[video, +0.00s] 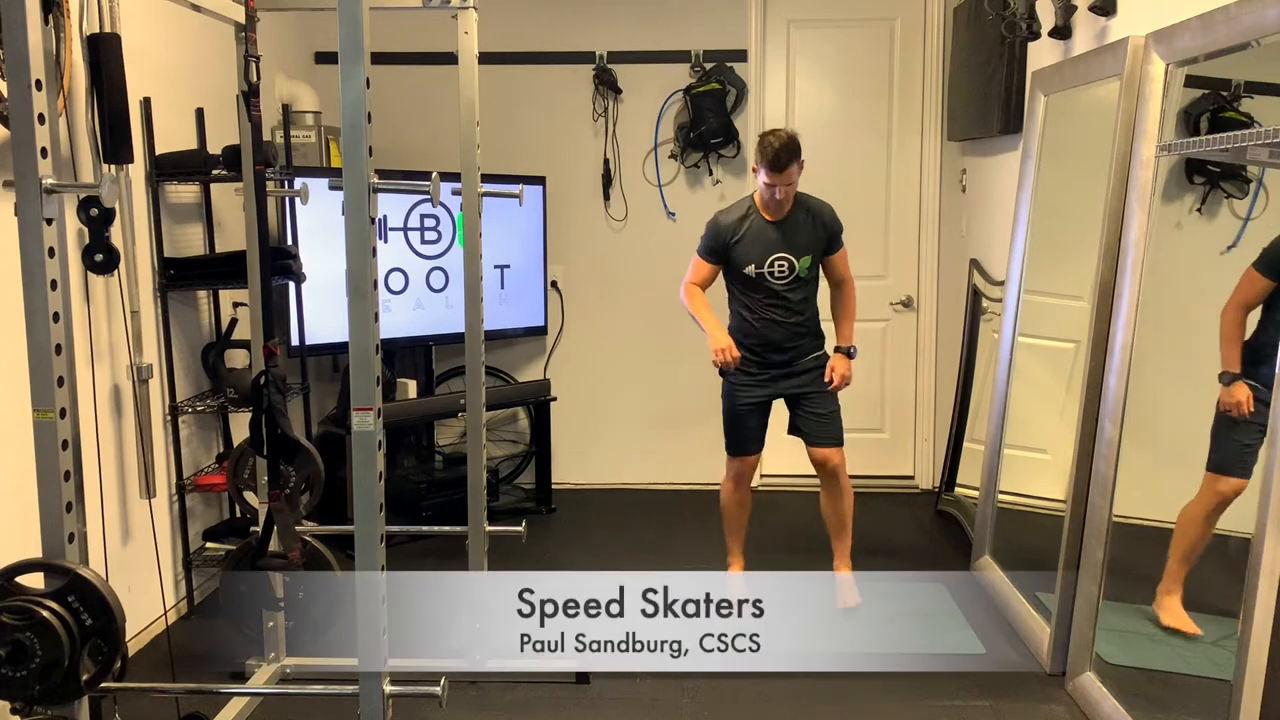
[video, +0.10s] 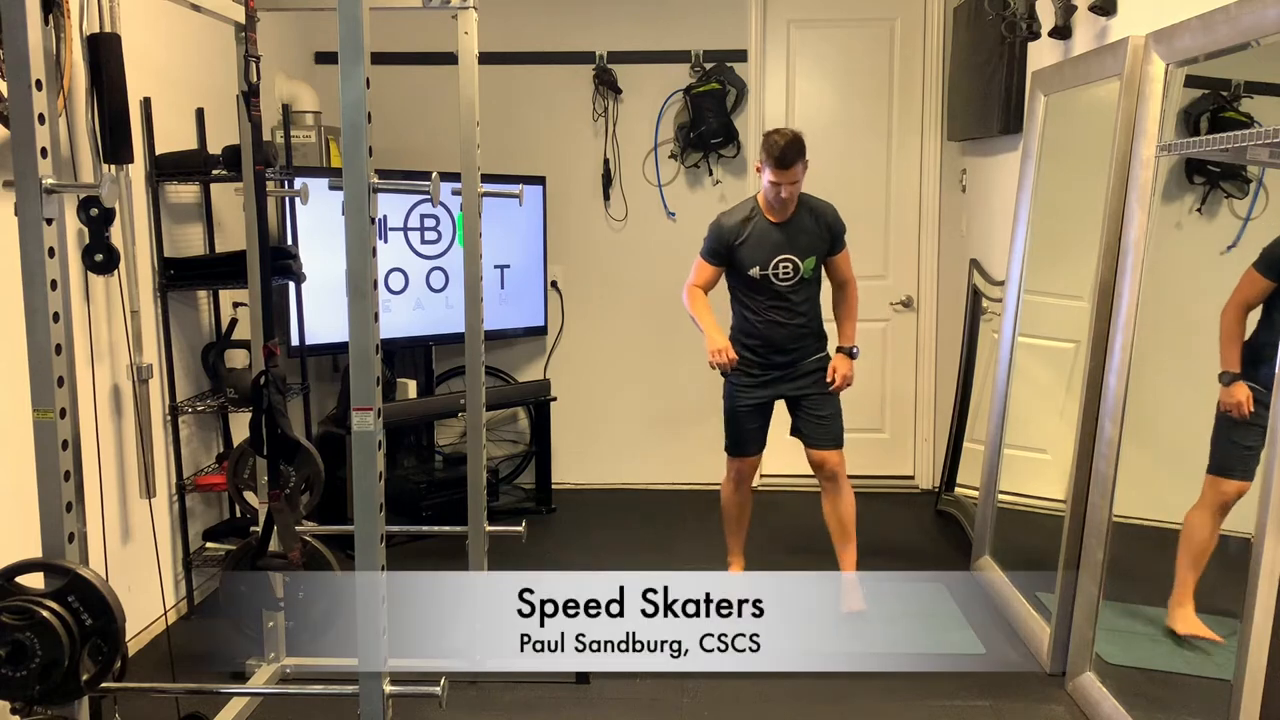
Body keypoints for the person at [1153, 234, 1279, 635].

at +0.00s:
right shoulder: (1279, 249)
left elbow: (1236, 306)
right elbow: (1236, 307)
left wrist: (1235, 377)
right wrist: (1231, 378)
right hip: (1257, 387)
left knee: (1222, 488)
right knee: (1224, 484)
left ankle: (1259, 618)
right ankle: (1168, 594)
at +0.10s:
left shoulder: (1275, 254)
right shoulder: (1278, 252)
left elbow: (1235, 307)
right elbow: (1235, 308)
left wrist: (1234, 378)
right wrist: (1231, 378)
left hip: (1266, 398)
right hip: (1257, 391)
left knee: (1222, 493)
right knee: (1223, 489)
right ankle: (1180, 604)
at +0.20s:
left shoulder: (1275, 255)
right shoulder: (1277, 253)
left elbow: (1230, 309)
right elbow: (1230, 310)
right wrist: (1227, 380)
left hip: (1265, 399)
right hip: (1255, 395)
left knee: (1222, 498)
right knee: (1221, 495)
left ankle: (1183, 611)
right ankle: (1182, 612)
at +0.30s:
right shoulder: (1275, 255)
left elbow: (1223, 314)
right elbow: (1222, 314)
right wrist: (1219, 386)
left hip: (1268, 404)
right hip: (1251, 397)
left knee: (1223, 498)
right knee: (1222, 495)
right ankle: (1182, 616)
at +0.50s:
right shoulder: (1270, 270)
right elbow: (1209, 331)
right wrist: (1211, 408)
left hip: (1265, 406)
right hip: (1221, 393)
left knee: (1274, 501)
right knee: (1214, 495)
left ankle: (1244, 592)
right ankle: (1181, 617)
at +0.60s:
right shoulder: (1270, 278)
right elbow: (1206, 345)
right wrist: (1215, 421)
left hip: (1263, 402)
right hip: (1219, 389)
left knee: (1265, 505)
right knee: (1213, 499)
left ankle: (1206, 572)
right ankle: (1180, 619)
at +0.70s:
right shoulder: (1269, 287)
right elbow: (1207, 362)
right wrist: (1230, 428)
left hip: (1258, 398)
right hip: (1215, 388)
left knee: (1243, 514)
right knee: (1216, 504)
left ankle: (1160, 547)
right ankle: (1182, 619)